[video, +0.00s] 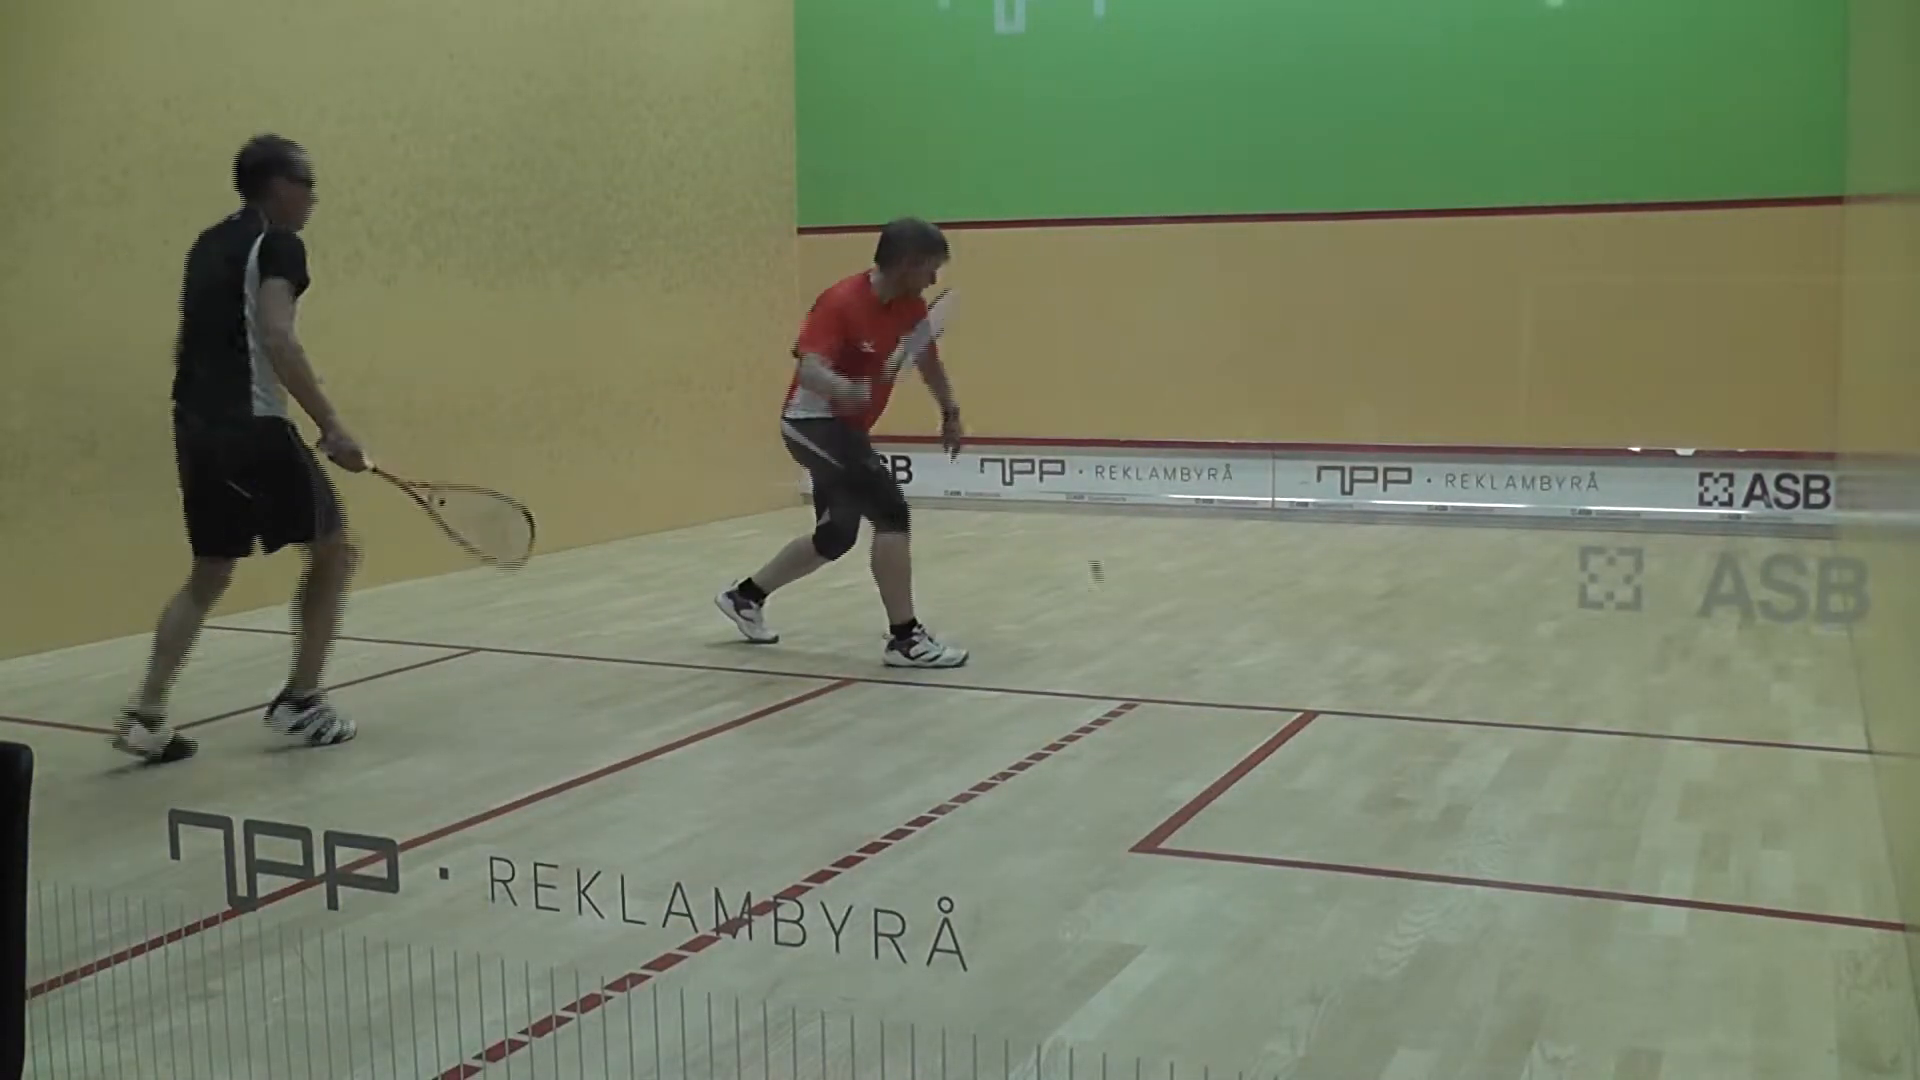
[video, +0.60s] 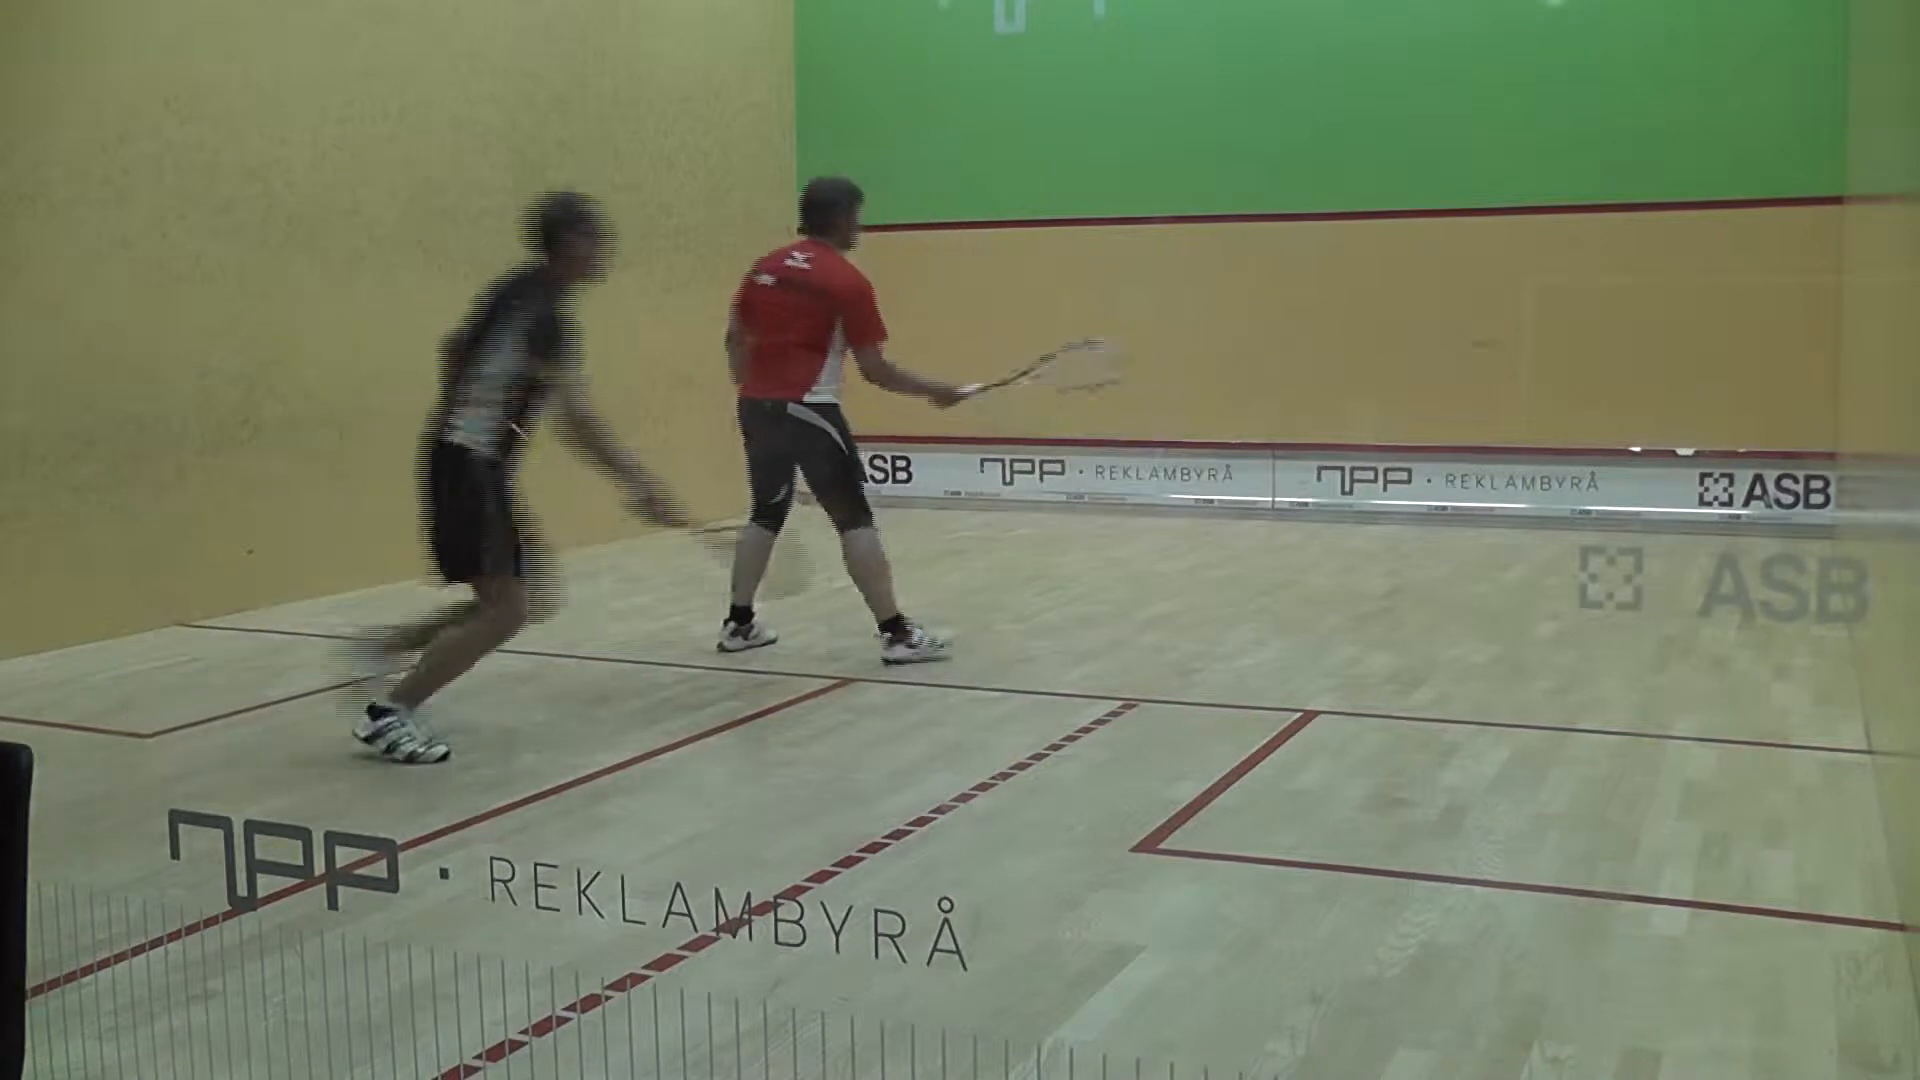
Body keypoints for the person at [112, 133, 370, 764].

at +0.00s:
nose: (312, 198)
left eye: (311, 186)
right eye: (304, 185)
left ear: (256, 190)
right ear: (273, 187)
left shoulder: (209, 243)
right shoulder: (278, 243)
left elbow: (198, 347)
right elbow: (277, 338)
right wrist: (331, 423)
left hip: (197, 434)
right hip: (256, 431)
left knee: (208, 574)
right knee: (336, 550)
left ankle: (145, 714)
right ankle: (301, 701)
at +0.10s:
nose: (324, 202)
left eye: (322, 190)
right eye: (315, 190)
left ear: (271, 194)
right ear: (282, 192)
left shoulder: (223, 250)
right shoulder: (279, 251)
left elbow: (224, 359)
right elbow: (271, 348)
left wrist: (289, 424)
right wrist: (329, 432)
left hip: (206, 443)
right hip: (262, 442)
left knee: (210, 585)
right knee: (372, 549)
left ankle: (144, 725)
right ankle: (335, 688)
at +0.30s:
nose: (380, 207)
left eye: (378, 196)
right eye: (371, 195)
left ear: (331, 202)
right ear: (342, 200)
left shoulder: (291, 259)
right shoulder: (322, 262)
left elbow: (280, 379)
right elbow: (310, 370)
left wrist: (349, 423)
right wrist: (360, 452)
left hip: (274, 453)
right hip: (313, 450)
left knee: (239, 586)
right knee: (427, 555)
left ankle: (150, 717)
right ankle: (425, 711)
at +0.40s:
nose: (445, 210)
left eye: (443, 199)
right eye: (433, 199)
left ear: (405, 209)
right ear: (402, 207)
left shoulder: (379, 263)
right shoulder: (384, 269)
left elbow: (378, 378)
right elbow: (379, 382)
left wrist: (417, 431)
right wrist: (434, 452)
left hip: (341, 453)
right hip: (376, 454)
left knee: (277, 578)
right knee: (469, 575)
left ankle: (171, 699)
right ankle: (398, 711)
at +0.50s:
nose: (506, 222)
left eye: (504, 210)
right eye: (496, 210)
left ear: (463, 217)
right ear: (466, 216)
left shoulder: (435, 272)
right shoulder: (447, 278)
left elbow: (444, 397)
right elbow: (448, 393)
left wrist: (510, 464)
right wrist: (517, 466)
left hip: (390, 456)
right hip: (415, 459)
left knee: (353, 587)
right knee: (481, 597)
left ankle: (214, 679)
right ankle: (390, 716)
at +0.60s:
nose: (599, 251)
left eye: (598, 239)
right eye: (589, 241)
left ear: (558, 247)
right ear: (561, 246)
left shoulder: (523, 290)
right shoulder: (541, 307)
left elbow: (455, 350)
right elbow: (575, 416)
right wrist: (640, 482)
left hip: (471, 462)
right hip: (469, 466)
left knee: (523, 598)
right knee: (504, 609)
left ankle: (384, 649)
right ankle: (391, 713)